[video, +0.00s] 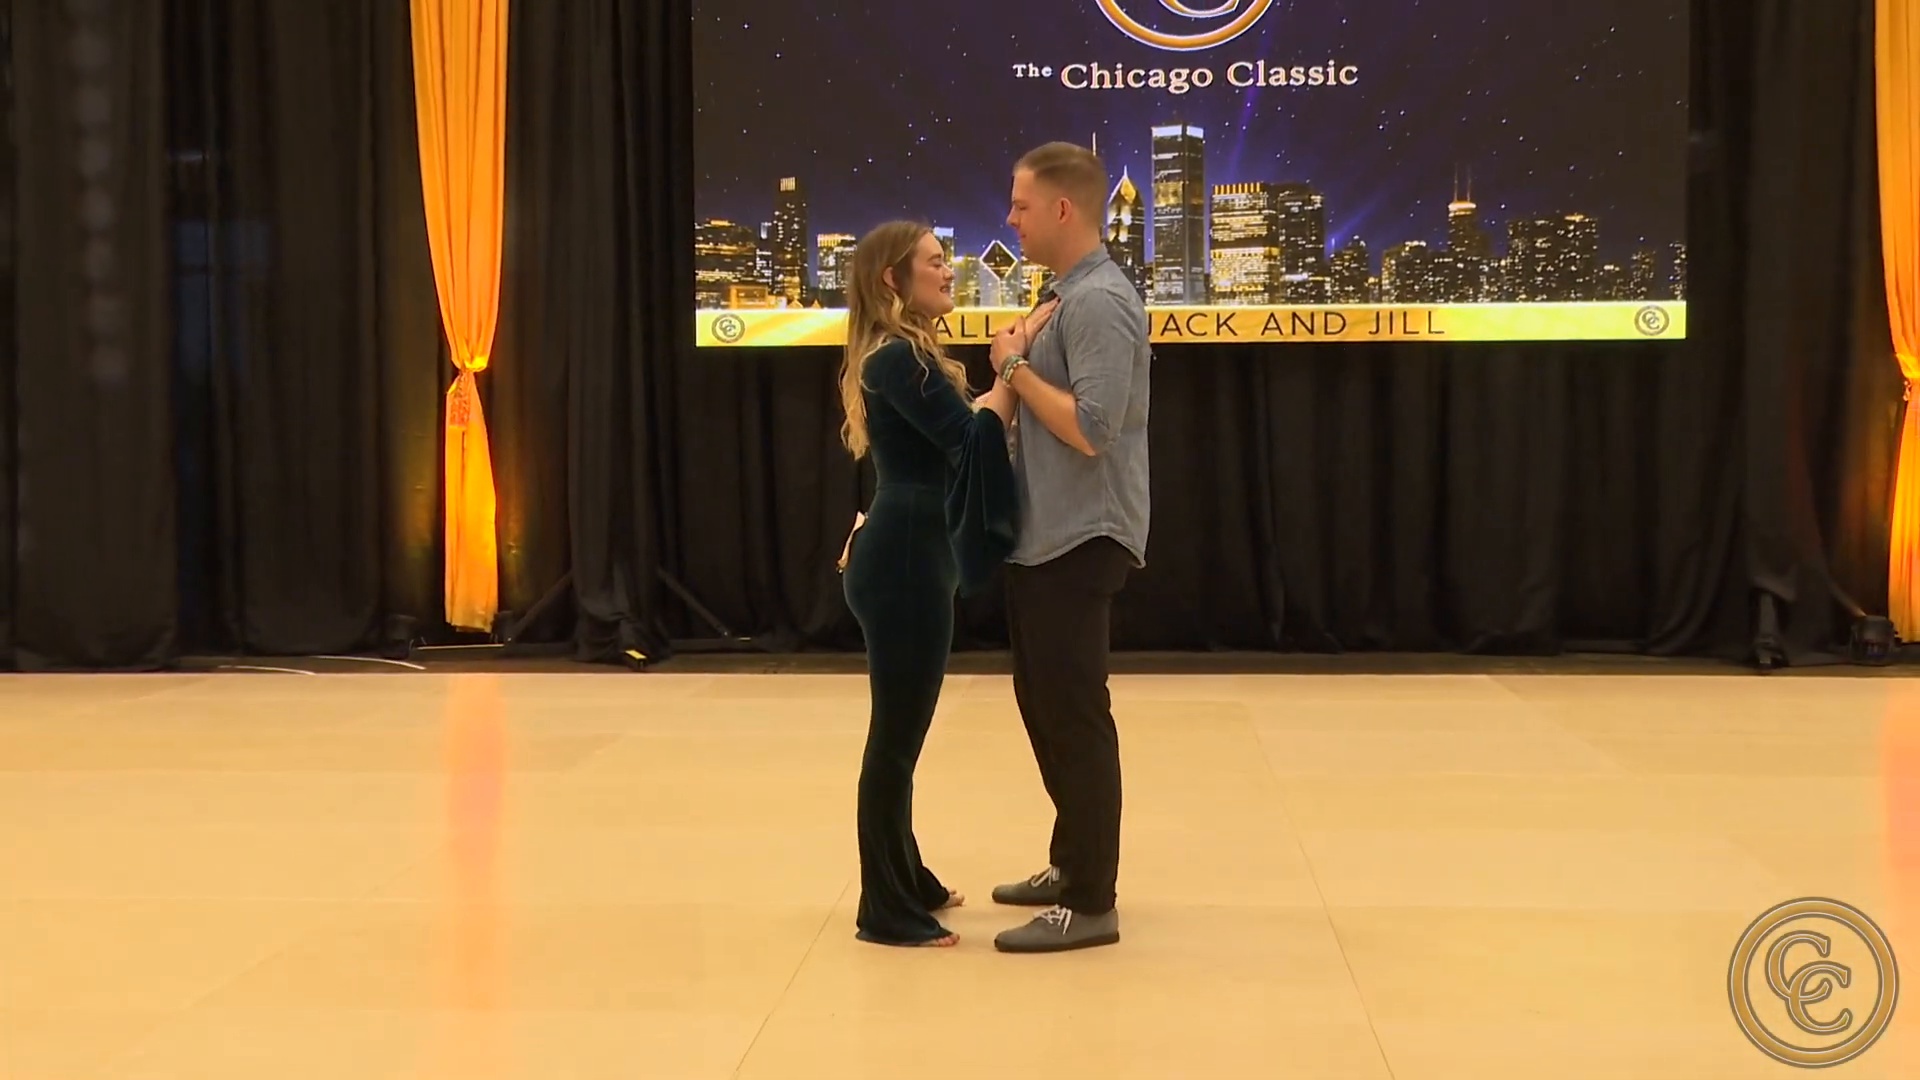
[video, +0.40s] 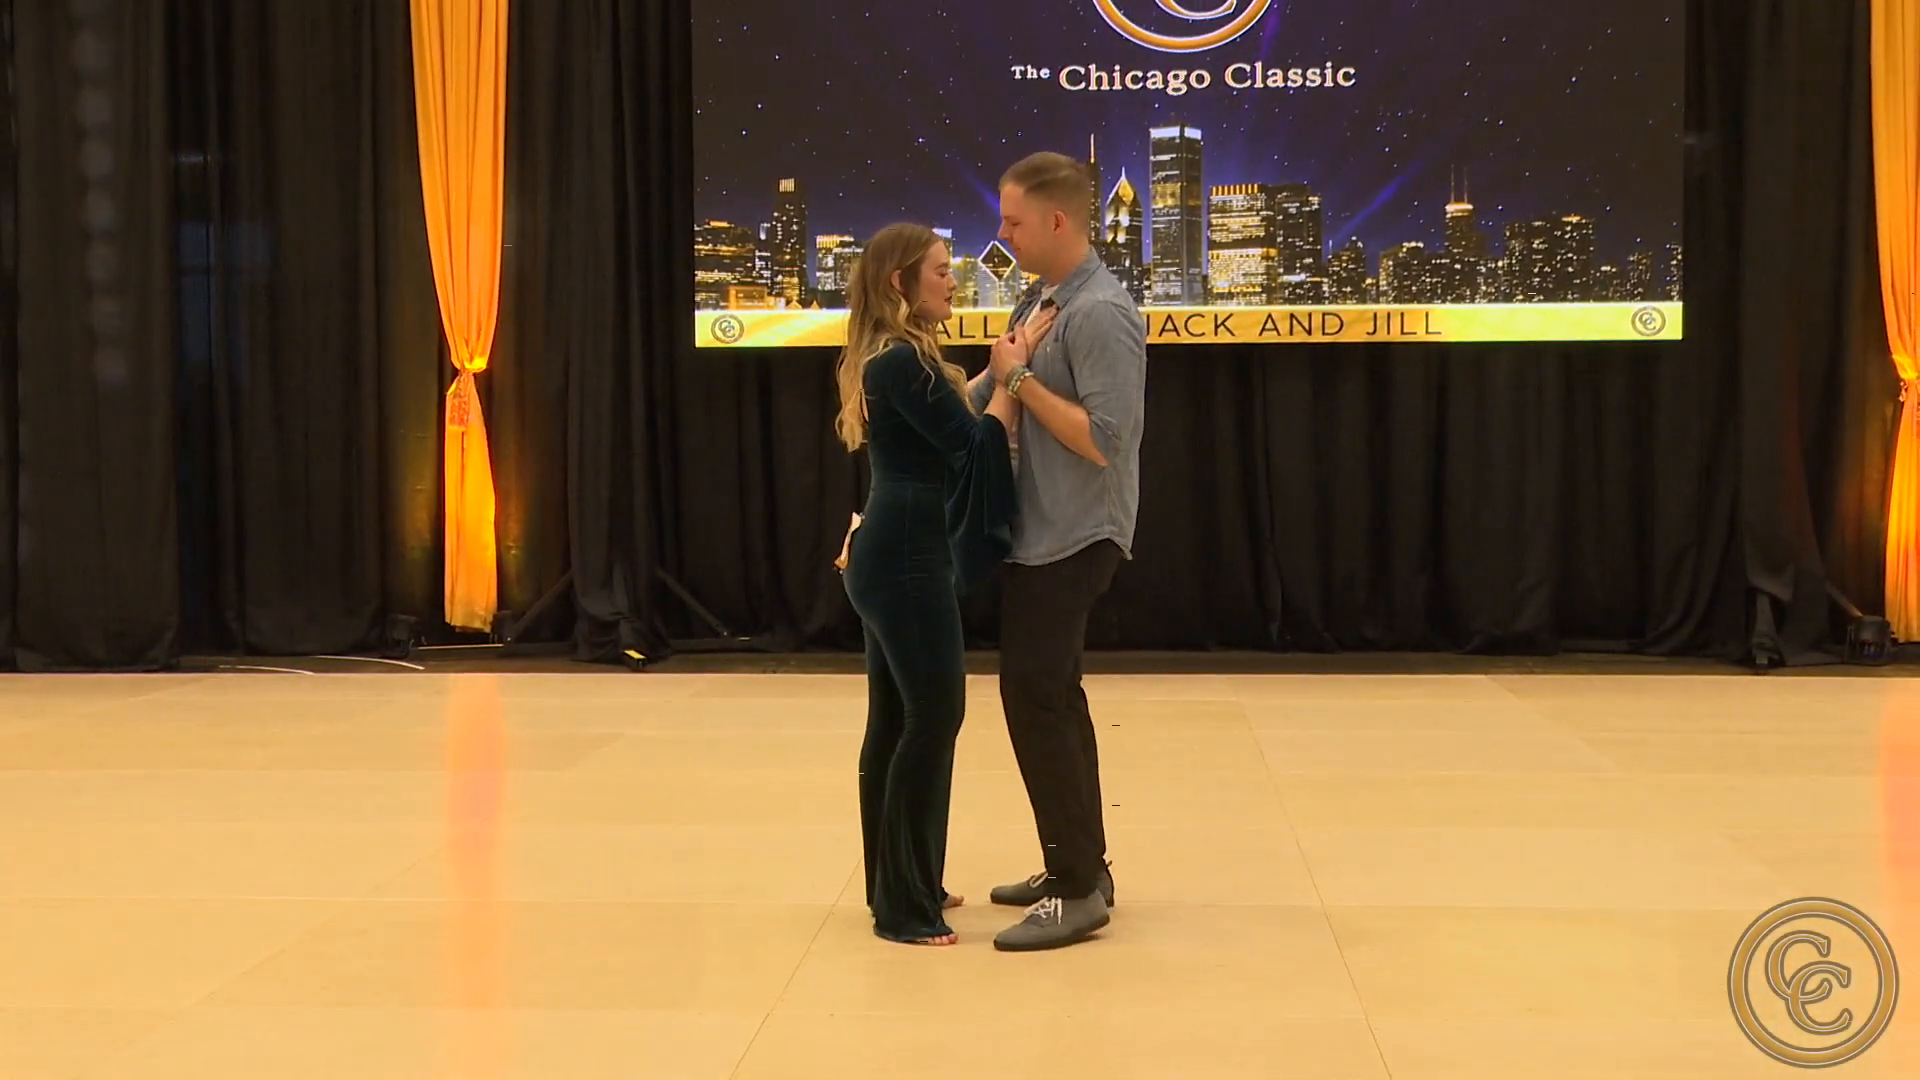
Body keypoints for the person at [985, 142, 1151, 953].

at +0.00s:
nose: (1012, 222)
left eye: (1021, 207)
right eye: (1013, 207)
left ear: (1065, 210)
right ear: (1065, 210)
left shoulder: (1100, 300)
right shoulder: (1065, 300)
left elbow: (1091, 431)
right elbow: (1035, 413)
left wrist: (1016, 368)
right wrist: (1018, 363)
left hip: (1082, 536)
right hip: (1047, 535)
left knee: (1076, 709)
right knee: (1045, 703)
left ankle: (1092, 905)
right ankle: (1075, 870)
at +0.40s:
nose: (1005, 239)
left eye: (1013, 224)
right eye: (1004, 225)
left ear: (1060, 222)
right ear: (1054, 224)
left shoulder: (1101, 311)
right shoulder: (1044, 307)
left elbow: (1104, 443)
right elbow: (1006, 410)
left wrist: (1019, 379)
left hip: (1076, 538)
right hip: (1042, 534)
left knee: (1037, 701)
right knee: (1049, 699)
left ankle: (1081, 891)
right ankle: (1073, 867)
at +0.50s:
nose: (1003, 242)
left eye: (1011, 227)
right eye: (1001, 228)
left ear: (1058, 223)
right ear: (1047, 225)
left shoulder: (1102, 312)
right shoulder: (1038, 306)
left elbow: (1108, 444)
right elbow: (1001, 409)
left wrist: (1021, 379)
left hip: (1078, 535)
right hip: (1042, 530)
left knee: (1032, 692)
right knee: (1059, 695)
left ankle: (1073, 883)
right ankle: (1077, 866)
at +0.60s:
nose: (999, 246)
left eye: (1006, 231)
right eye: (996, 232)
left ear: (1053, 223)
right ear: (1046, 227)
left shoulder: (1101, 313)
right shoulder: (1036, 308)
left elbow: (1109, 443)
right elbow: (993, 406)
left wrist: (1022, 379)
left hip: (1080, 536)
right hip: (1044, 532)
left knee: (1043, 701)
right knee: (1062, 698)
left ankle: (1070, 887)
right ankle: (1079, 865)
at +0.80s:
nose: (992, 253)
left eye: (999, 238)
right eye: (988, 240)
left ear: (1045, 225)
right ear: (1034, 231)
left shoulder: (1098, 312)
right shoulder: (1027, 306)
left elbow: (1108, 444)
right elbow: (980, 404)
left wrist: (1020, 381)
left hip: (1079, 539)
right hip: (1035, 533)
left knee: (1067, 711)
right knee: (1053, 707)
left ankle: (1069, 890)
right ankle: (1077, 864)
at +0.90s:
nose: (993, 256)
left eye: (998, 241)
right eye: (988, 243)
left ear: (1044, 226)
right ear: (1033, 231)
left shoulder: (1098, 312)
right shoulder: (1027, 306)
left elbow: (1110, 445)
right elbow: (979, 404)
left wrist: (1021, 383)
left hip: (1081, 537)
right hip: (1037, 532)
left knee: (1063, 704)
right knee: (1050, 702)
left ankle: (1071, 887)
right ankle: (1074, 863)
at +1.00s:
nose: (992, 257)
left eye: (997, 241)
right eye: (988, 243)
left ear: (1043, 227)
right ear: (1038, 231)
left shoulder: (1099, 311)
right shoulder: (1032, 305)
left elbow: (1113, 445)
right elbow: (979, 398)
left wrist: (1024, 385)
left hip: (1084, 532)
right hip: (1045, 527)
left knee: (1058, 699)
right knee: (1051, 698)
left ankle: (1081, 892)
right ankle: (1071, 867)